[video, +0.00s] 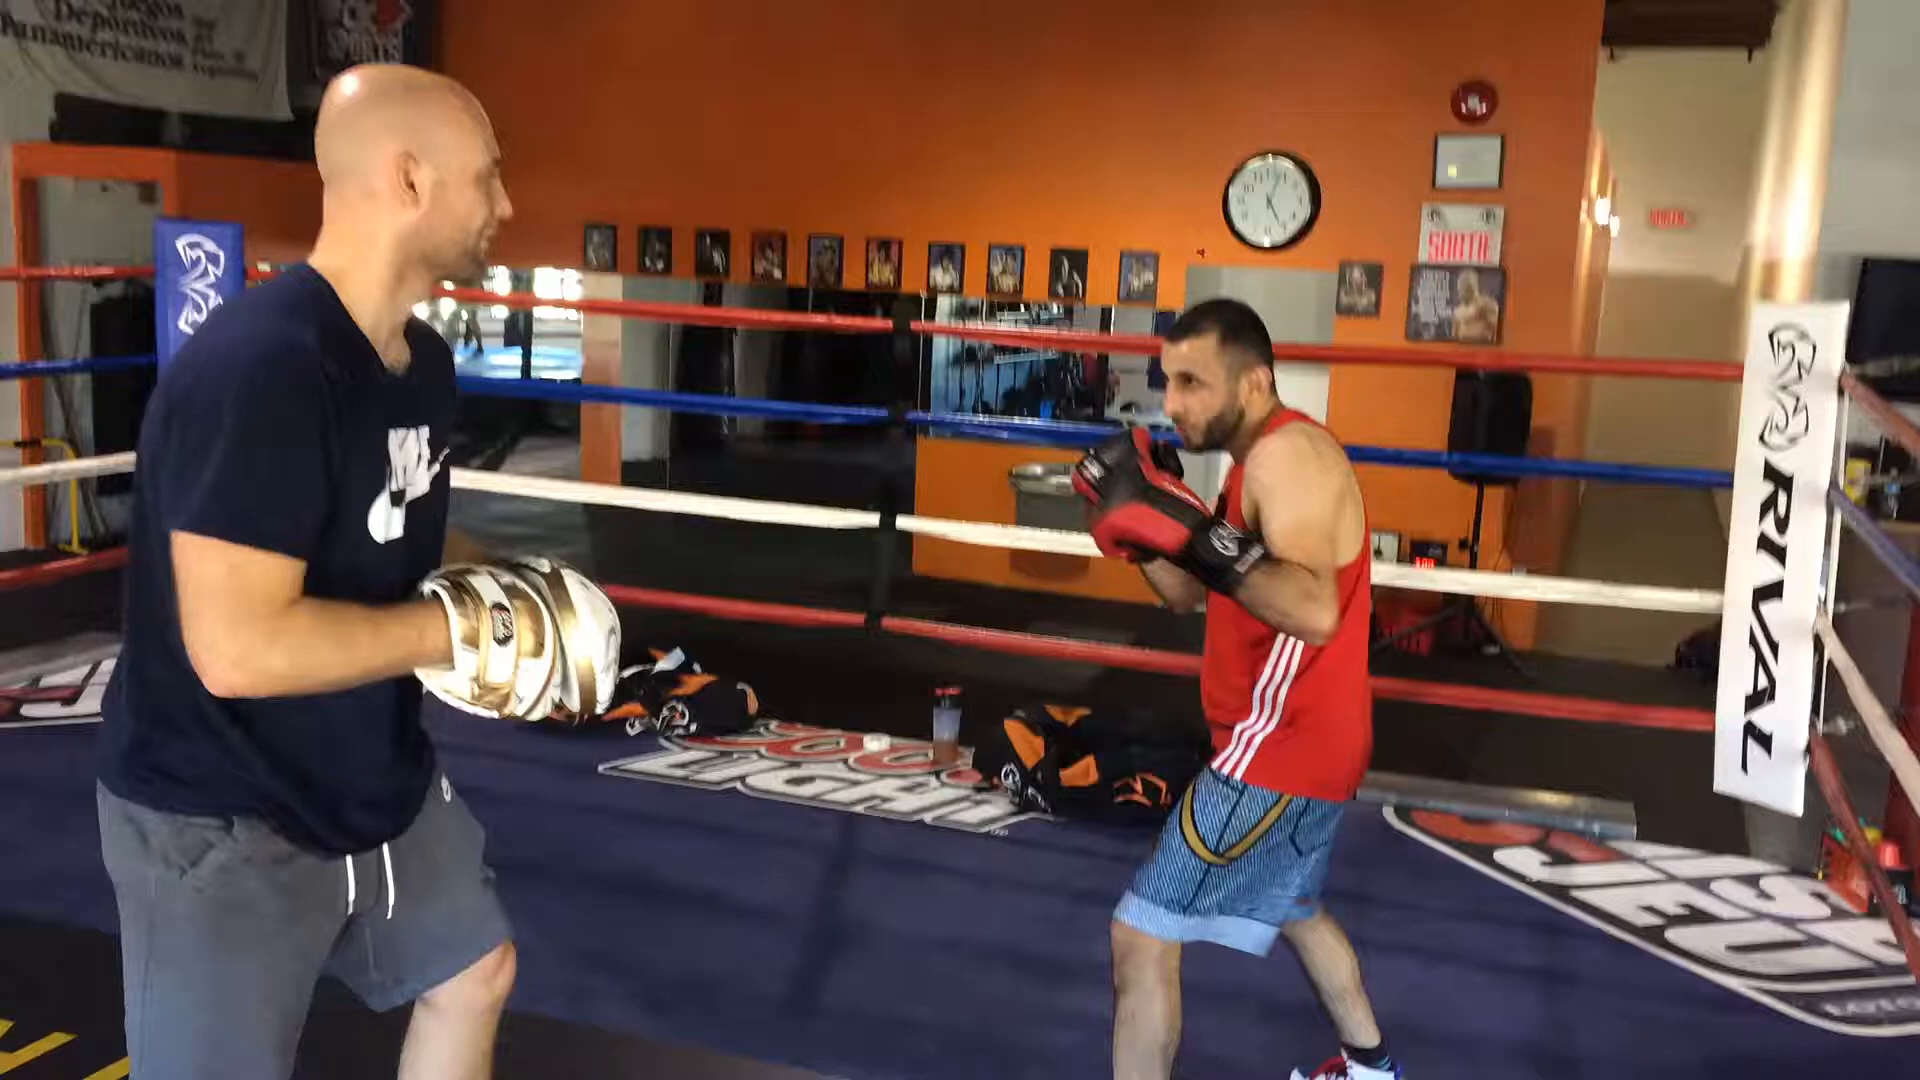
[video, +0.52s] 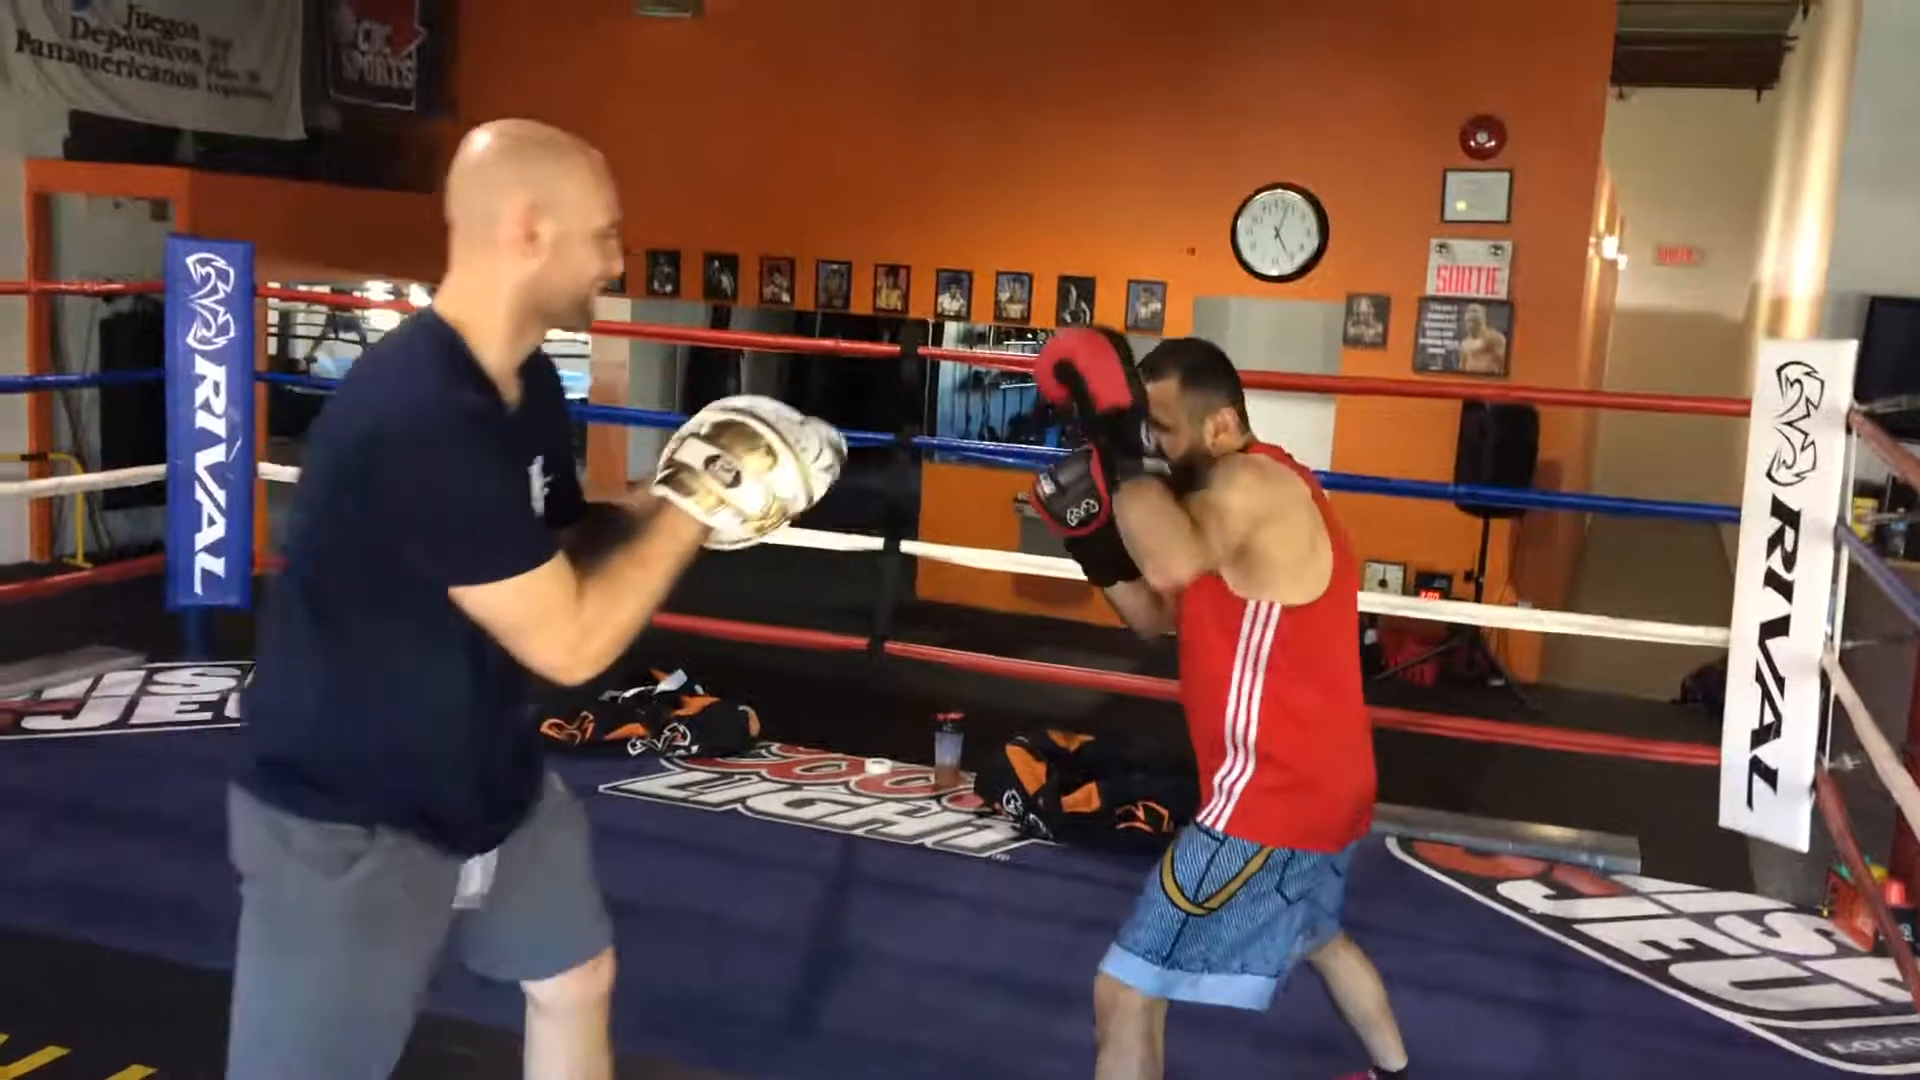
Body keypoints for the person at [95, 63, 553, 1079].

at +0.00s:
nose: (504, 207)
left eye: (499, 179)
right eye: (488, 177)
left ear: (405, 183)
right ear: (407, 181)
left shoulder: (418, 359)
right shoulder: (256, 361)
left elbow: (389, 563)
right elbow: (237, 649)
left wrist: (497, 616)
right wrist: (460, 629)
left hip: (371, 772)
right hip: (217, 811)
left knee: (470, 977)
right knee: (213, 1062)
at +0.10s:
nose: (504, 211)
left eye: (500, 183)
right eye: (489, 181)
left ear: (408, 187)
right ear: (410, 182)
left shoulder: (417, 359)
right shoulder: (256, 363)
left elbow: (390, 565)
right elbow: (254, 654)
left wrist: (502, 611)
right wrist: (470, 630)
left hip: (375, 774)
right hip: (220, 812)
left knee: (478, 975)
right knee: (211, 1063)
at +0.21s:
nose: (506, 246)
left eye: (506, 217)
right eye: (491, 214)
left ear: (409, 209)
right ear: (407, 205)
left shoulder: (416, 371)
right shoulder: (258, 376)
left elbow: (398, 591)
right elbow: (344, 664)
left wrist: (528, 607)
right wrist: (539, 606)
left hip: (371, 781)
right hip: (218, 821)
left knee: (521, 952)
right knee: (215, 1063)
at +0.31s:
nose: (537, 276)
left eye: (536, 246)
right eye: (523, 244)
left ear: (441, 245)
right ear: (438, 242)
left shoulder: (435, 398)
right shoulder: (300, 419)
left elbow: (436, 579)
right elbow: (463, 670)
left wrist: (567, 518)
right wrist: (603, 540)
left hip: (383, 795)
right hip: (233, 839)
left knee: (530, 962)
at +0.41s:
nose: (568, 284)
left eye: (569, 256)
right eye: (556, 252)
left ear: (476, 250)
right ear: (477, 248)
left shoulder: (478, 399)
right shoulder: (351, 433)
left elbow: (521, 558)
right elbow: (536, 656)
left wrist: (648, 501)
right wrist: (661, 507)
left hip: (432, 801)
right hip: (281, 827)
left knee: (535, 1003)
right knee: (264, 1063)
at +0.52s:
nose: (617, 265)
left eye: (615, 238)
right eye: (604, 236)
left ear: (525, 234)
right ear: (528, 233)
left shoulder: (528, 381)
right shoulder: (416, 414)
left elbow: (564, 544)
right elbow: (570, 649)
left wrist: (684, 500)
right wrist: (690, 513)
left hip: (487, 784)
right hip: (347, 816)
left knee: (574, 977)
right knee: (307, 1064)